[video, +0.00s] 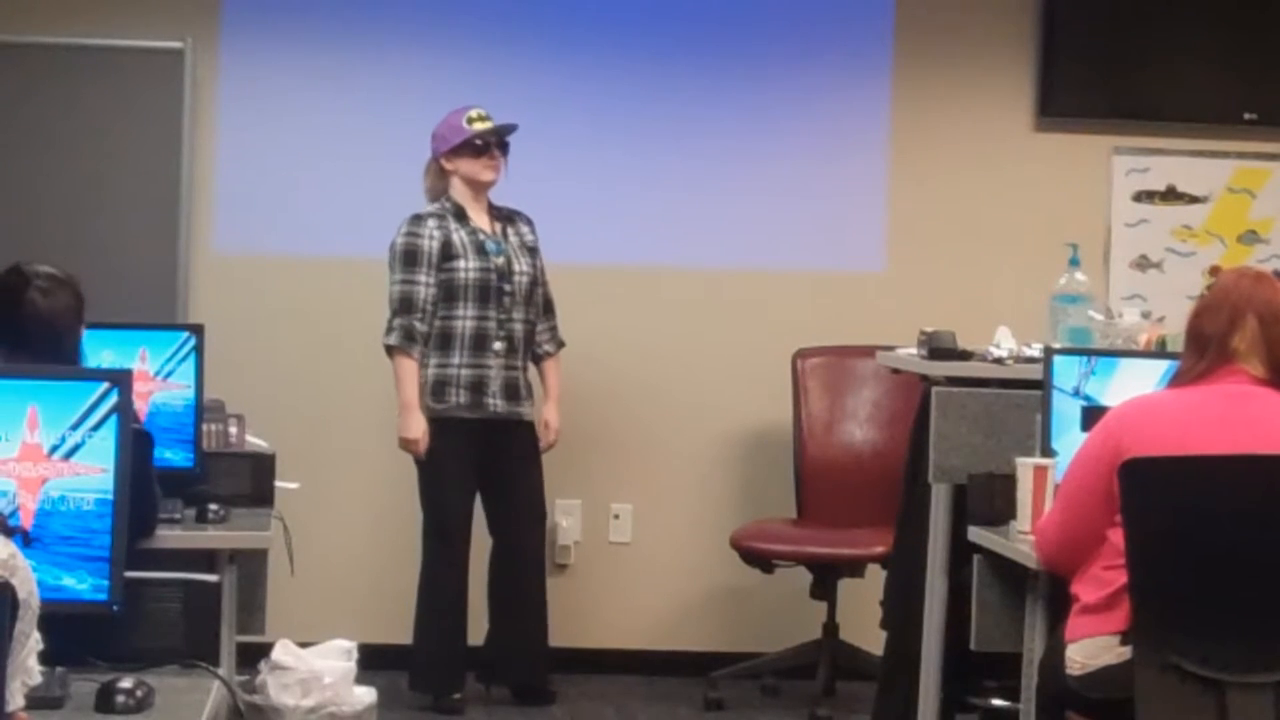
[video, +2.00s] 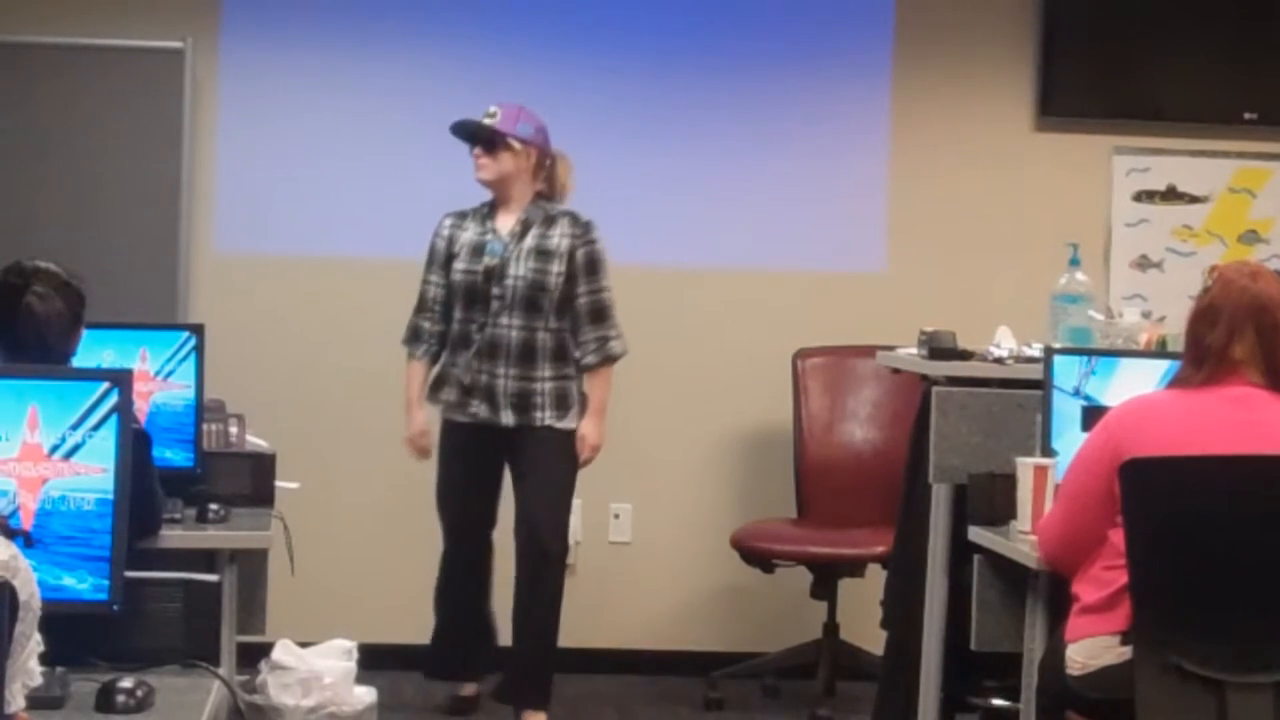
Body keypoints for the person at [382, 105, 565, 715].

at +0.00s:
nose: (493, 157)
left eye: (497, 148)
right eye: (478, 149)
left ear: (501, 159)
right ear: (447, 160)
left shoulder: (518, 230)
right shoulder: (422, 229)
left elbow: (542, 320)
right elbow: (404, 329)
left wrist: (551, 397)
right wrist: (410, 409)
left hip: (513, 417)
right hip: (447, 418)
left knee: (522, 547)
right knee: (447, 552)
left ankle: (519, 673)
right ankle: (439, 681)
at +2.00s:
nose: (478, 155)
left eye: (492, 147)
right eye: (477, 147)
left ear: (530, 156)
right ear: (484, 158)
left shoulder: (573, 233)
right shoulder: (455, 229)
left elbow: (597, 331)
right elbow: (428, 322)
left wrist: (594, 414)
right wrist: (415, 404)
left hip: (547, 415)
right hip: (467, 411)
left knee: (542, 549)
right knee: (463, 541)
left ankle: (532, 694)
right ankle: (468, 669)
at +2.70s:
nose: (479, 171)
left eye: (493, 164)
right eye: (481, 162)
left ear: (532, 175)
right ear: (490, 174)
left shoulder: (573, 251)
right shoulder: (460, 249)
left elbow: (574, 343)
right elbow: (435, 344)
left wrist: (514, 391)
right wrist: (419, 427)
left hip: (552, 440)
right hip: (466, 437)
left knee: (558, 570)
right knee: (450, 568)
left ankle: (572, 701)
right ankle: (468, 709)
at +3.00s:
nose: (511, 165)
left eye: (526, 155)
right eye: (499, 153)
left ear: (548, 166)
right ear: (483, 162)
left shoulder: (572, 240)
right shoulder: (449, 236)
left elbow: (572, 335)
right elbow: (414, 329)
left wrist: (526, 389)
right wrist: (411, 402)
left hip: (543, 430)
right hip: (457, 426)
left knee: (557, 572)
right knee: (453, 568)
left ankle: (524, 706)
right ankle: (454, 703)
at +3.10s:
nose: (536, 177)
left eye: (547, 168)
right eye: (521, 167)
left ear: (558, 180)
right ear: (492, 178)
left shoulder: (576, 257)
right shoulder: (450, 249)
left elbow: (594, 366)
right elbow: (407, 349)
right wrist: (400, 440)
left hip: (549, 450)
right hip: (460, 449)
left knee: (580, 580)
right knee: (454, 592)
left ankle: (533, 714)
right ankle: (446, 714)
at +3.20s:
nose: (556, 163)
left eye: (564, 154)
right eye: (540, 154)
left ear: (571, 164)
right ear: (506, 161)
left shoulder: (589, 240)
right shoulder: (465, 229)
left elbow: (632, 326)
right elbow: (424, 316)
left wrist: (667, 413)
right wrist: (440, 393)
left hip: (556, 433)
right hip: (471, 430)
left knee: (575, 569)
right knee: (458, 575)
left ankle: (569, 711)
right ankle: (437, 711)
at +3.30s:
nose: (571, 175)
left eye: (577, 165)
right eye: (555, 164)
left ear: (581, 173)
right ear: (519, 173)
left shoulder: (592, 243)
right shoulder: (487, 231)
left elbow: (640, 303)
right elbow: (456, 306)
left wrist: (692, 364)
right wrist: (500, 370)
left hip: (569, 441)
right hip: (484, 438)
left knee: (581, 579)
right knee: (464, 580)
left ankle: (578, 710)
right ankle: (439, 707)